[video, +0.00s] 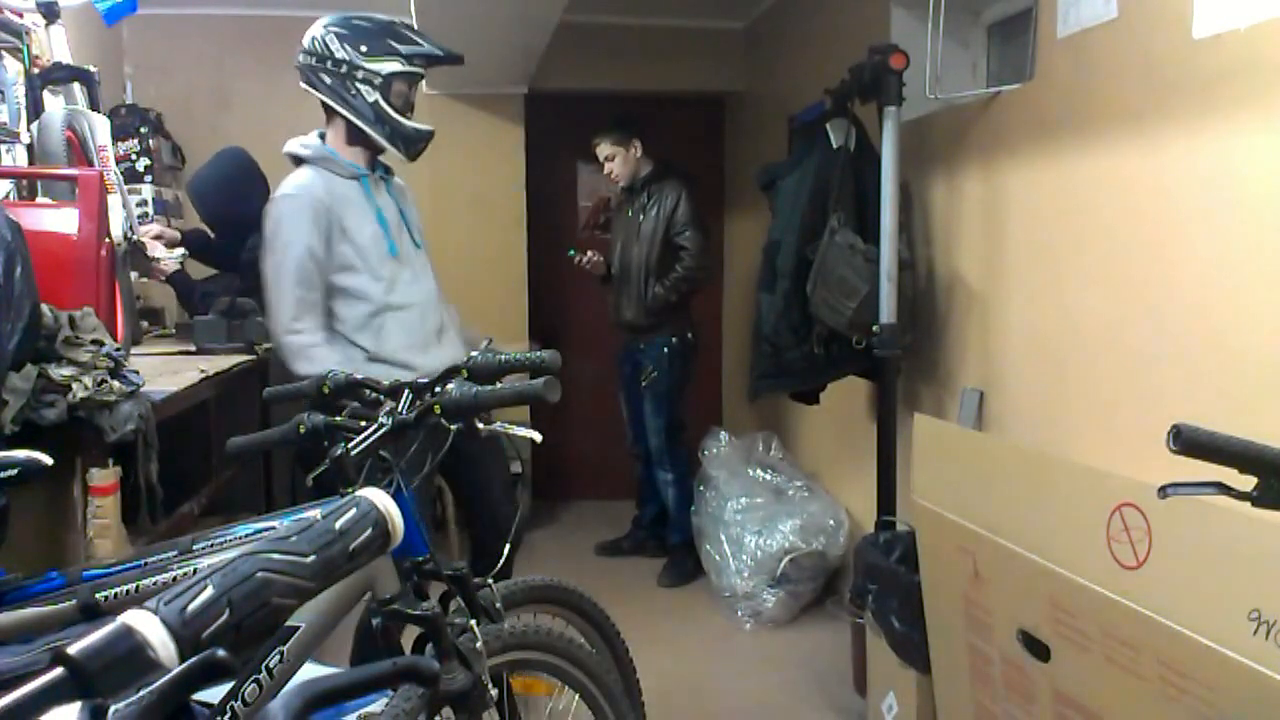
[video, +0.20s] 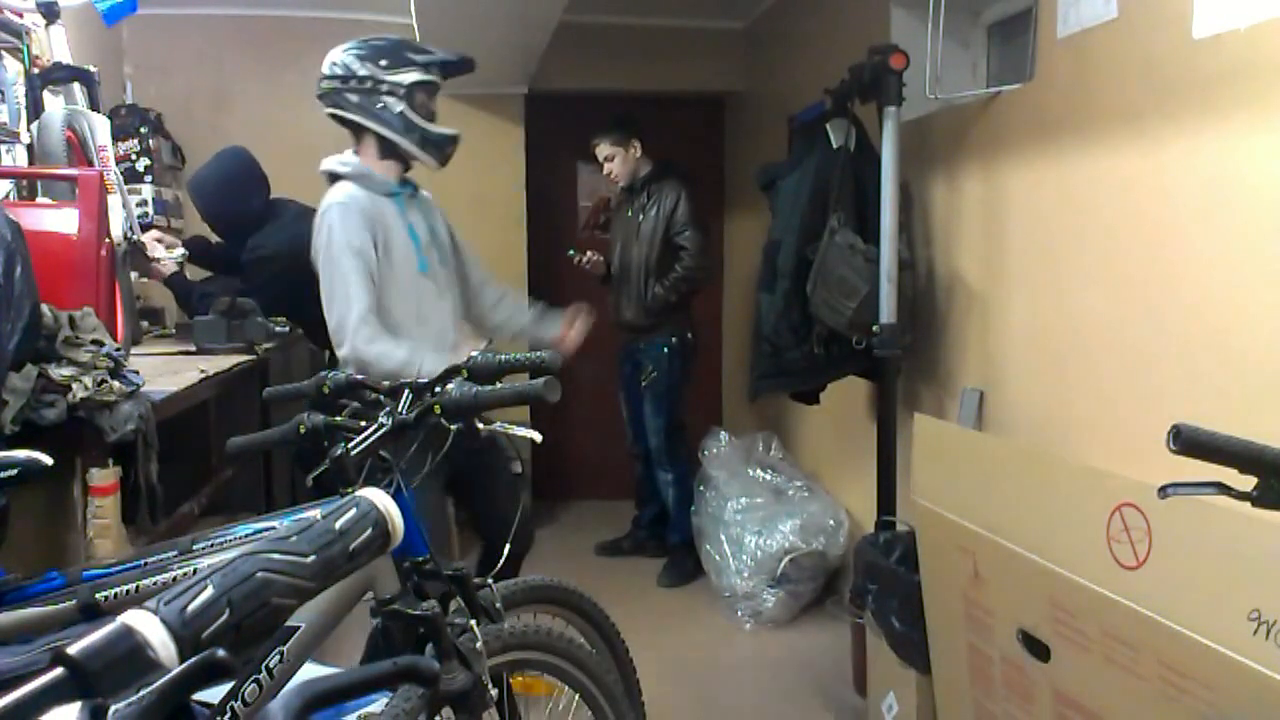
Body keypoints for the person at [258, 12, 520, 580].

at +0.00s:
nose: (413, 105)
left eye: (414, 92)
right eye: (403, 91)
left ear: (365, 91)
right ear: (355, 89)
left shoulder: (393, 189)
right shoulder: (302, 198)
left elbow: (422, 298)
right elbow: (298, 335)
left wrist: (475, 352)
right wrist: (380, 396)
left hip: (446, 394)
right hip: (376, 412)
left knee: (497, 522)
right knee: (394, 570)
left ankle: (474, 649)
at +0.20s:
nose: (434, 114)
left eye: (433, 99)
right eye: (423, 99)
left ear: (387, 108)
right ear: (383, 105)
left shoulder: (420, 206)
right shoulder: (345, 211)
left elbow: (479, 295)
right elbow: (357, 342)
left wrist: (551, 325)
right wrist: (452, 367)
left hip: (450, 402)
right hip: (389, 413)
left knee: (512, 524)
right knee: (427, 573)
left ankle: (472, 643)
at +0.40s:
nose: (465, 110)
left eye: (461, 96)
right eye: (451, 97)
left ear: (416, 108)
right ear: (412, 106)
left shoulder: (440, 197)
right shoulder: (388, 203)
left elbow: (478, 308)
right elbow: (393, 333)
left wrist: (542, 347)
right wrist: (486, 370)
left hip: (493, 398)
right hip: (442, 410)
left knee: (538, 521)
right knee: (456, 549)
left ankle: (490, 622)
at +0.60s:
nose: (498, 130)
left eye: (494, 116)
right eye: (484, 116)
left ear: (453, 125)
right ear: (446, 123)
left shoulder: (468, 208)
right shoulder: (433, 212)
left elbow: (533, 281)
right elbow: (472, 312)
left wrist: (603, 304)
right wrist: (571, 321)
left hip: (512, 401)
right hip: (471, 411)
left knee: (558, 524)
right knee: (486, 559)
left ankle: (493, 612)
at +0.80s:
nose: (519, 116)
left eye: (517, 104)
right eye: (505, 104)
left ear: (469, 118)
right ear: (468, 113)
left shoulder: (482, 193)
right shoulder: (469, 199)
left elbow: (496, 303)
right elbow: (480, 311)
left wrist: (576, 344)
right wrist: (570, 352)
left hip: (542, 388)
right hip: (525, 393)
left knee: (557, 518)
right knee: (558, 525)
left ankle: (498, 617)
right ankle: (491, 620)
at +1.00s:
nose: (544, 129)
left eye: (541, 117)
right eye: (530, 117)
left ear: (496, 128)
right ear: (494, 125)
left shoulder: (497, 196)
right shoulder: (505, 201)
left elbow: (528, 294)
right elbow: (546, 296)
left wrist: (574, 276)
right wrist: (640, 317)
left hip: (532, 393)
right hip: (543, 396)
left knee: (568, 525)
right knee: (623, 530)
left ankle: (492, 621)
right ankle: (583, 659)